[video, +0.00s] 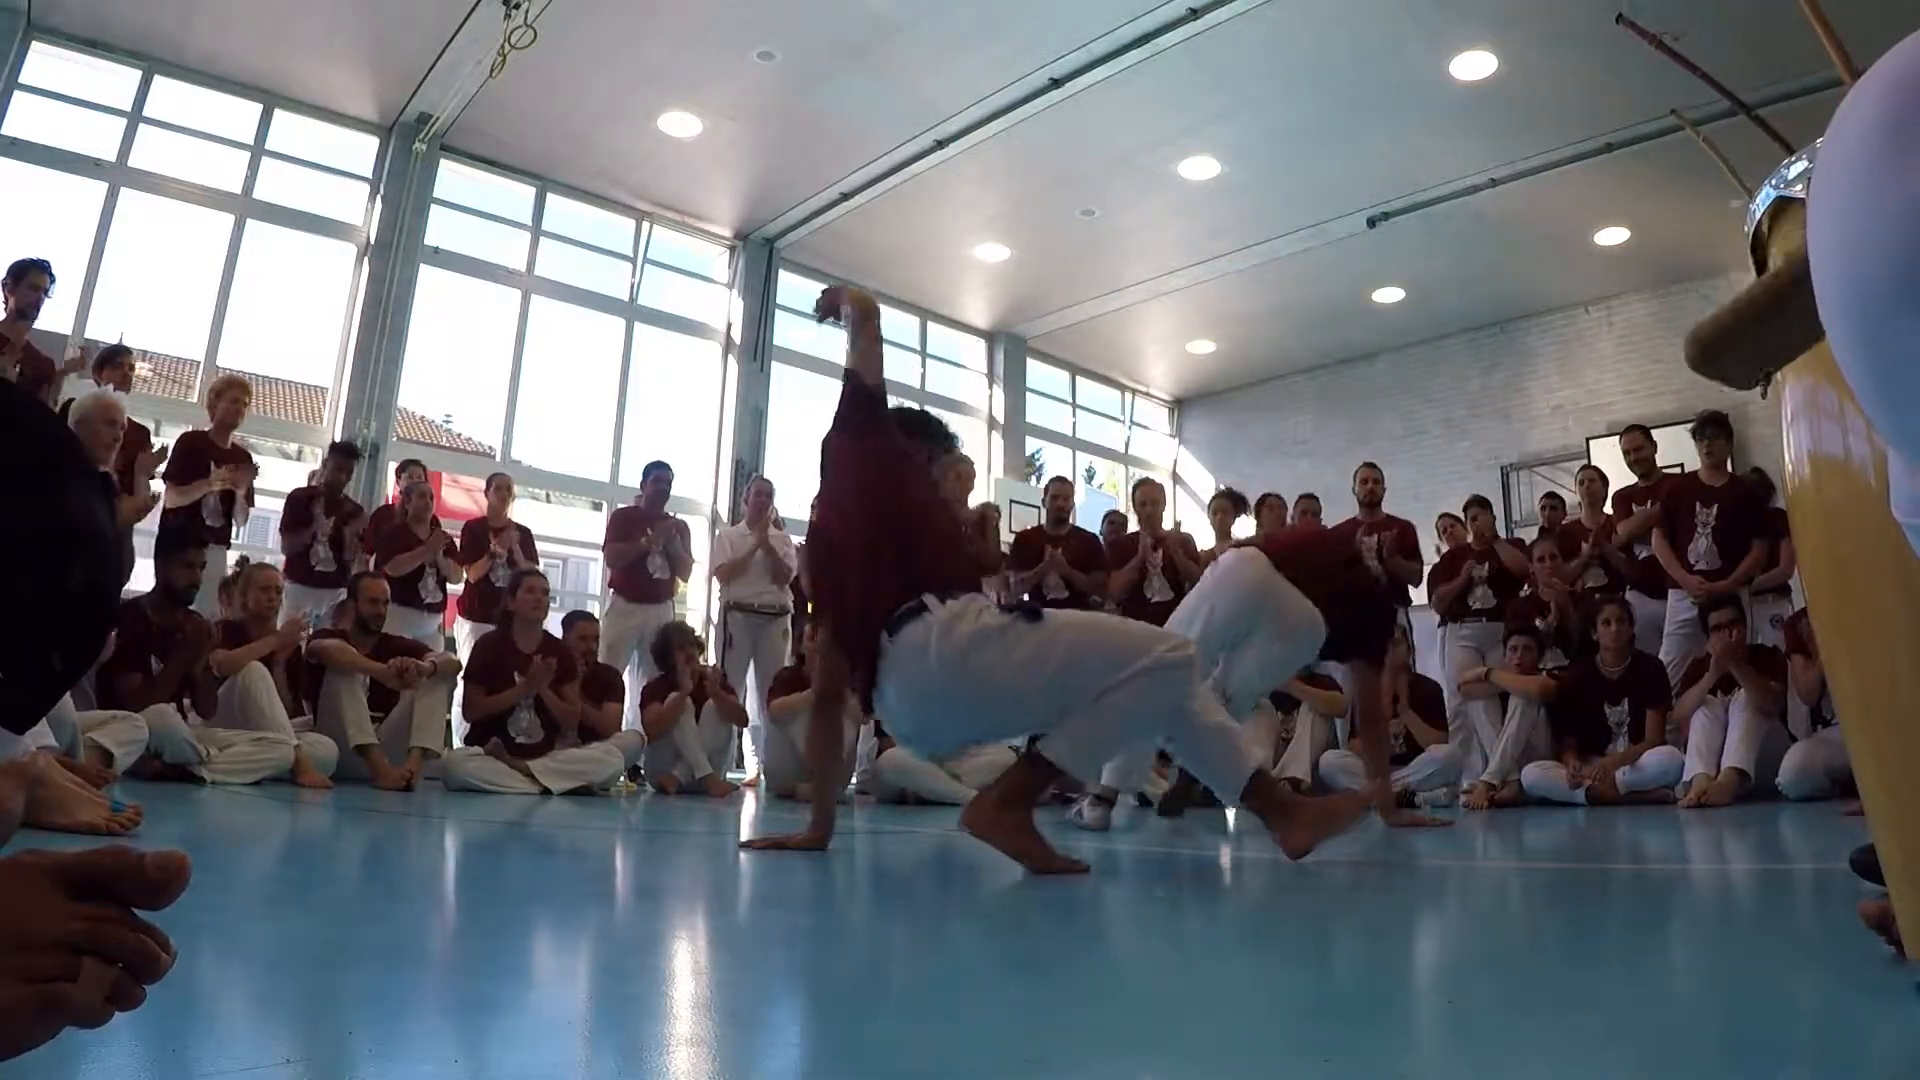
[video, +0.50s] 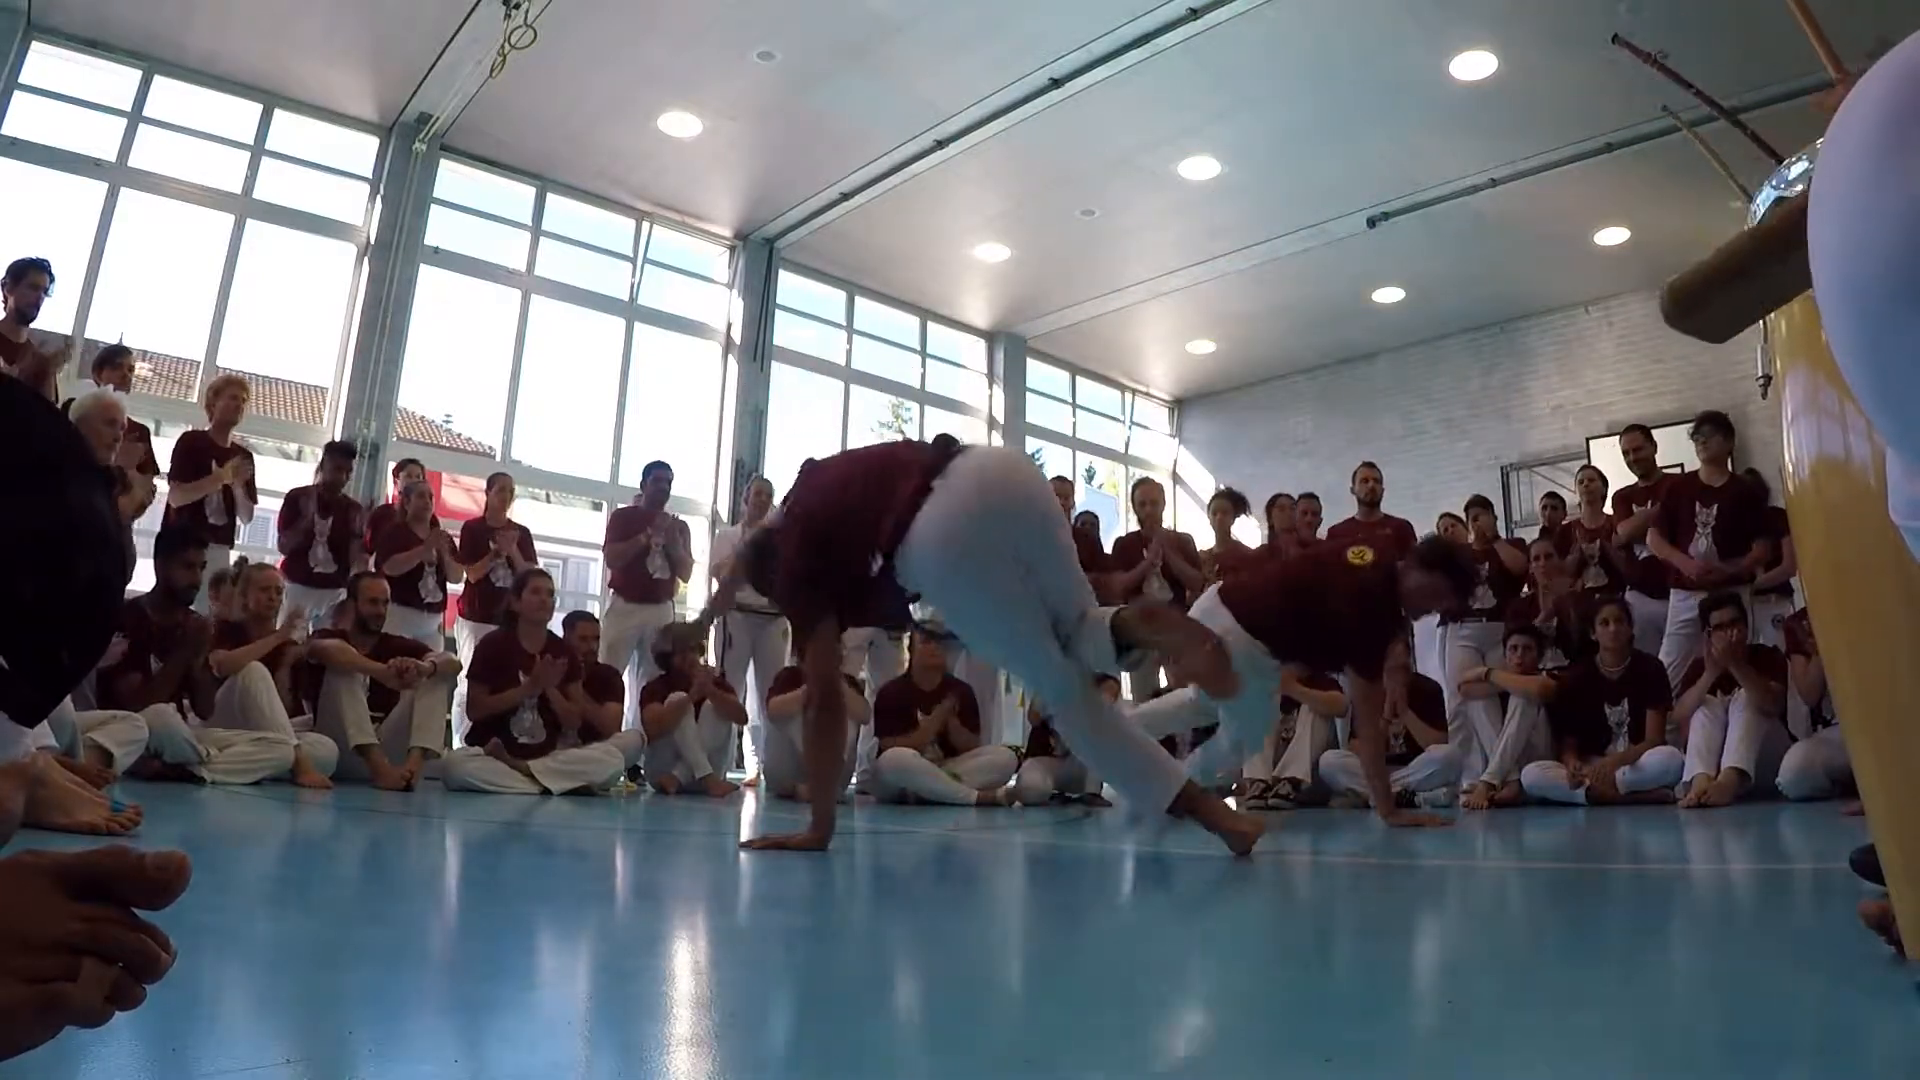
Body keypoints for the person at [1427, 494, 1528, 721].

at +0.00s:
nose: (1475, 522)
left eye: (1480, 516)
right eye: (1471, 519)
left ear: (1493, 518)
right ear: (1466, 524)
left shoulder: (1511, 548)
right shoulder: (1453, 556)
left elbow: (1522, 570)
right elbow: (1438, 602)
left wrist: (1496, 540)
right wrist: (1462, 580)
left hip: (1501, 630)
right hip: (1461, 632)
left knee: (1510, 695)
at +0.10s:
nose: (1475, 523)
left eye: (1480, 516)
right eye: (1471, 519)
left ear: (1493, 518)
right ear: (1467, 524)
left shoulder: (1512, 547)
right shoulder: (1454, 556)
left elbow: (1520, 568)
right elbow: (1435, 597)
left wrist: (1495, 539)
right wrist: (1462, 583)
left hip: (1501, 631)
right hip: (1462, 633)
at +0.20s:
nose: (1475, 524)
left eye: (1479, 517)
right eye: (1471, 520)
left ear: (1493, 517)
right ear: (1467, 524)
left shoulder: (1512, 546)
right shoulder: (1452, 558)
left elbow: (1521, 569)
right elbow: (1445, 599)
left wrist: (1495, 540)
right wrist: (1462, 583)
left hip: (1503, 628)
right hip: (1462, 632)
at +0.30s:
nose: (1475, 524)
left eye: (1479, 517)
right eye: (1470, 520)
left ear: (1493, 517)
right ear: (1467, 525)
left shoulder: (1513, 546)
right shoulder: (1459, 554)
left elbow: (1520, 569)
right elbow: (1445, 584)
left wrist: (1495, 539)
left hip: (1501, 629)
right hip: (1462, 632)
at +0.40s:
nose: (1474, 524)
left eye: (1478, 517)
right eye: (1470, 520)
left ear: (1493, 518)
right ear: (1467, 525)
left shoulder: (1513, 545)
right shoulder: (1462, 554)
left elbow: (1519, 568)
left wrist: (1494, 539)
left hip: (1501, 628)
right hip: (1462, 630)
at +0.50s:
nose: (1475, 524)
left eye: (1480, 517)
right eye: (1471, 520)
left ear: (1494, 518)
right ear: (1467, 524)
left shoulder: (1513, 545)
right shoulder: (1460, 554)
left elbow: (1519, 567)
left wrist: (1495, 539)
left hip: (1500, 628)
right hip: (1462, 630)